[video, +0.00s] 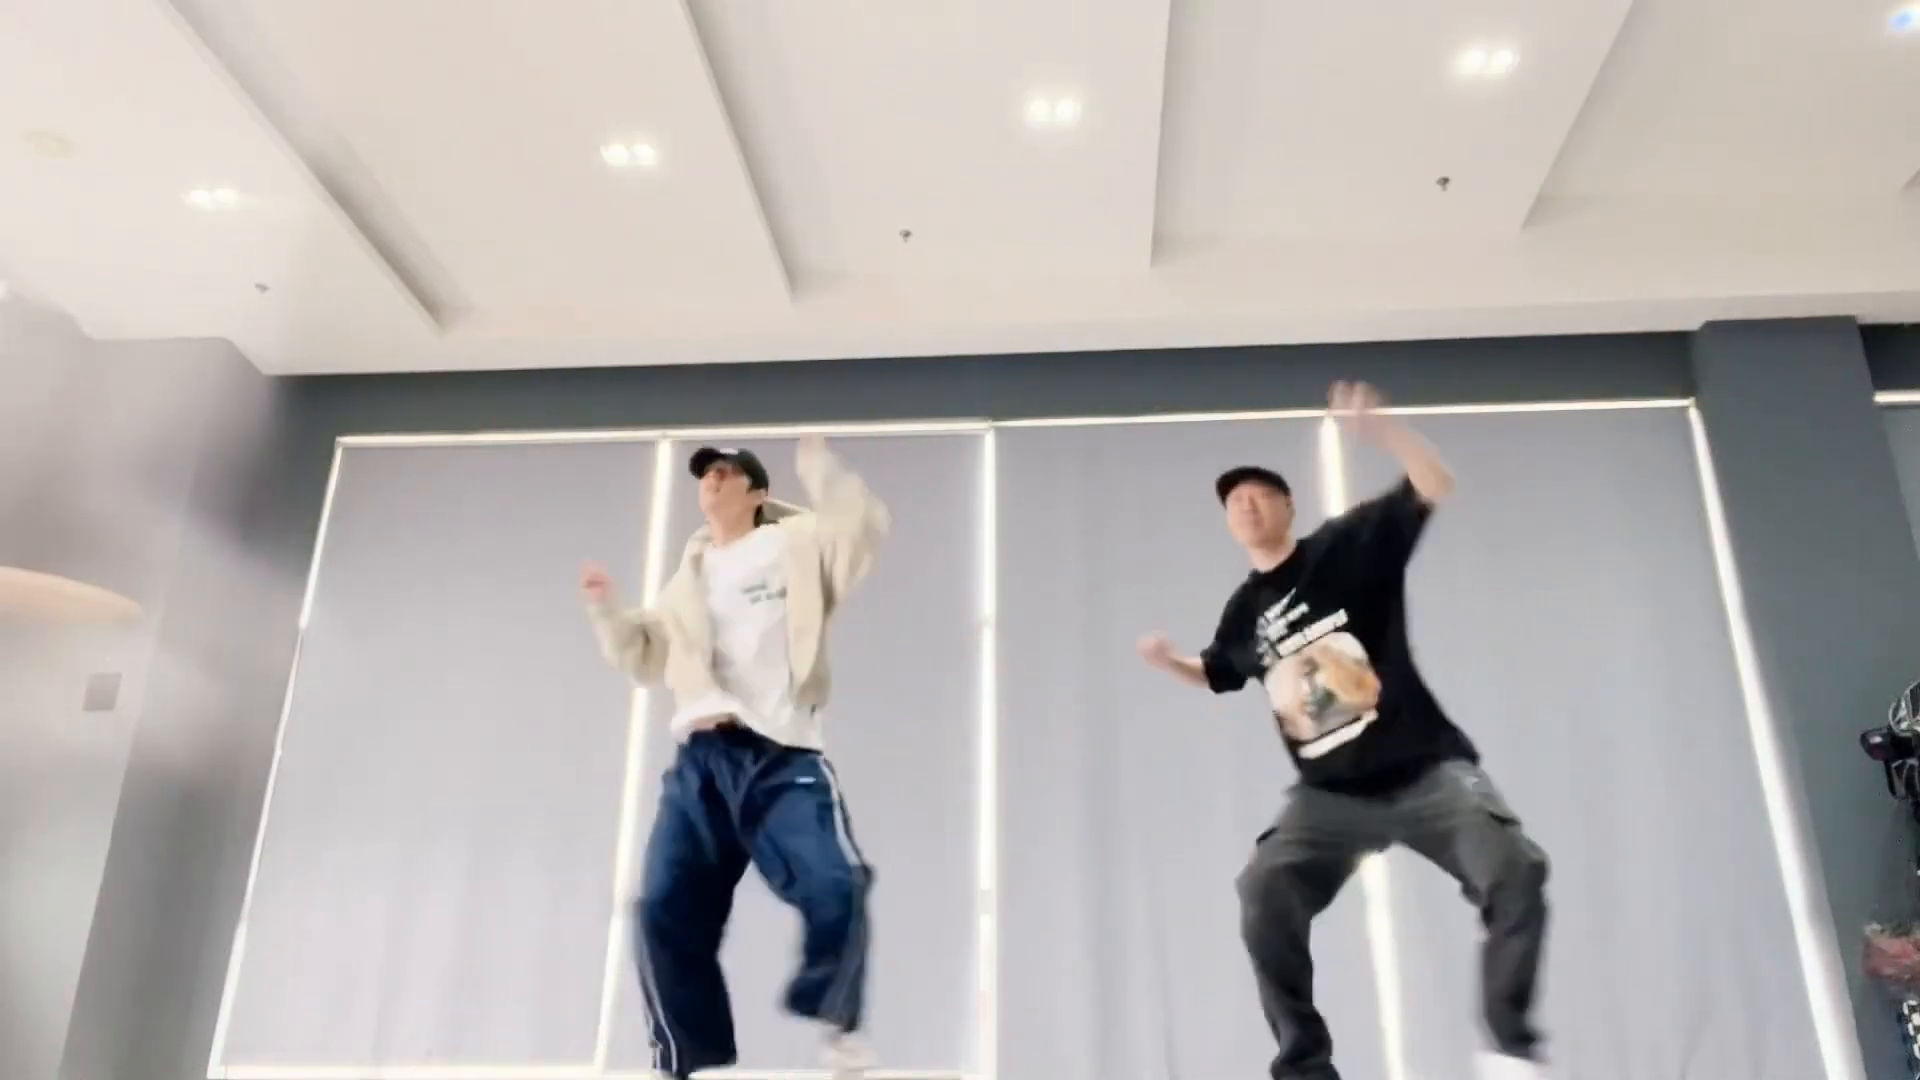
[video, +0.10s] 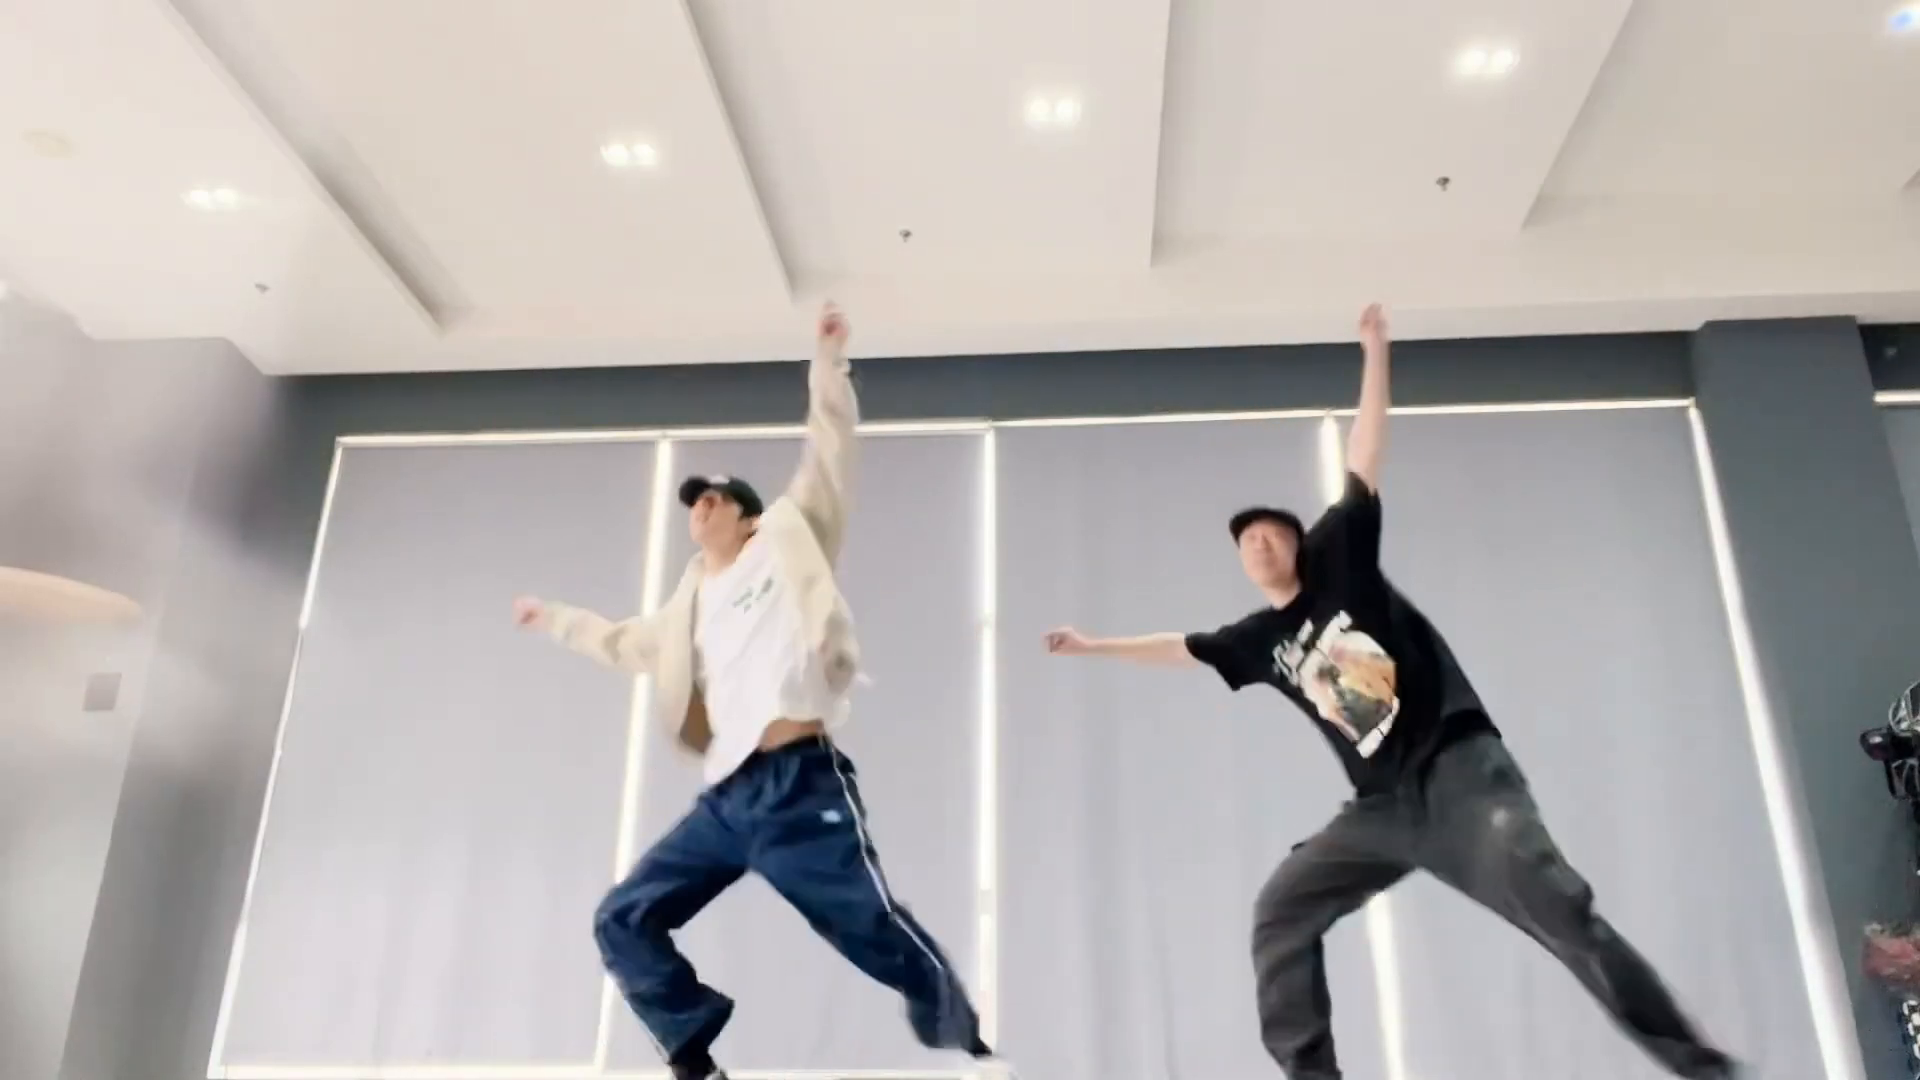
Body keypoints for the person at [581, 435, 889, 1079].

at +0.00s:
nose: (712, 484)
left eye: (726, 476)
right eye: (705, 477)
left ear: (756, 492)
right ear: (697, 497)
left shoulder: (802, 539)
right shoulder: (688, 577)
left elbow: (862, 528)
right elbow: (650, 661)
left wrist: (818, 463)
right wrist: (608, 612)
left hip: (785, 760)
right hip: (700, 760)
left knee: (835, 884)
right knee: (665, 913)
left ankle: (836, 1027)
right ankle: (697, 1067)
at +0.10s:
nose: (696, 512)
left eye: (708, 501)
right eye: (691, 508)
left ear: (742, 509)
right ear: (692, 529)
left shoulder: (791, 531)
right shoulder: (690, 604)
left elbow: (830, 453)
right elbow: (625, 646)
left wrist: (830, 359)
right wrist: (551, 618)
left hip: (803, 781)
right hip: (727, 797)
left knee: (870, 926)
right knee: (622, 918)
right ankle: (694, 1062)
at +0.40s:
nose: (727, 483)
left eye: (743, 476)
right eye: (720, 477)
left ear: (768, 498)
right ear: (709, 499)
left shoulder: (794, 534)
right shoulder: (692, 566)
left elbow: (865, 521)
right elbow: (675, 666)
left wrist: (831, 456)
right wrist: (614, 650)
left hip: (802, 765)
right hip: (721, 771)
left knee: (829, 913)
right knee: (668, 915)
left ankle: (904, 1067)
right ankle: (696, 1071)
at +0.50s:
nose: (755, 482)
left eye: (768, 476)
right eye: (743, 475)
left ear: (785, 498)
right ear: (727, 497)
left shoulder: (807, 558)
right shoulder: (702, 570)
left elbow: (840, 649)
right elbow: (680, 688)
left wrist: (827, 570)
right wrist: (667, 629)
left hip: (785, 758)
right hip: (706, 753)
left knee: (759, 913)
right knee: (688, 898)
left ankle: (754, 1067)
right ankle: (694, 1064)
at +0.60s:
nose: (781, 506)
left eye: (792, 500)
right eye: (769, 499)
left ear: (809, 523)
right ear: (749, 520)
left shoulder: (828, 593)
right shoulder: (706, 569)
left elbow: (816, 683)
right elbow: (631, 573)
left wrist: (799, 623)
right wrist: (679, 510)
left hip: (772, 792)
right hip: (682, 780)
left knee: (786, 927)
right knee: (597, 895)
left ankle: (762, 1065)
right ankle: (615, 1025)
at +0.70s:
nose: (789, 538)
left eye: (799, 534)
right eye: (776, 531)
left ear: (806, 556)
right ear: (753, 545)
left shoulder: (810, 623)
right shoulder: (710, 580)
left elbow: (794, 679)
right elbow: (719, 475)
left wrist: (759, 716)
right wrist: (738, 379)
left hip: (754, 818)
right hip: (668, 798)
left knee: (852, 923)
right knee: (583, 922)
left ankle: (766, 1064)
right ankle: (477, 1043)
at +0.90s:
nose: (768, 528)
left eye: (778, 523)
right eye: (757, 521)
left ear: (792, 548)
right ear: (736, 539)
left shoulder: (806, 630)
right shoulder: (706, 583)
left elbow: (806, 718)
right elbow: (694, 475)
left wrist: (821, 779)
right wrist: (671, 378)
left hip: (755, 826)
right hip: (671, 802)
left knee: (824, 926)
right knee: (583, 937)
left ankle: (773, 1073)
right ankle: (465, 1058)